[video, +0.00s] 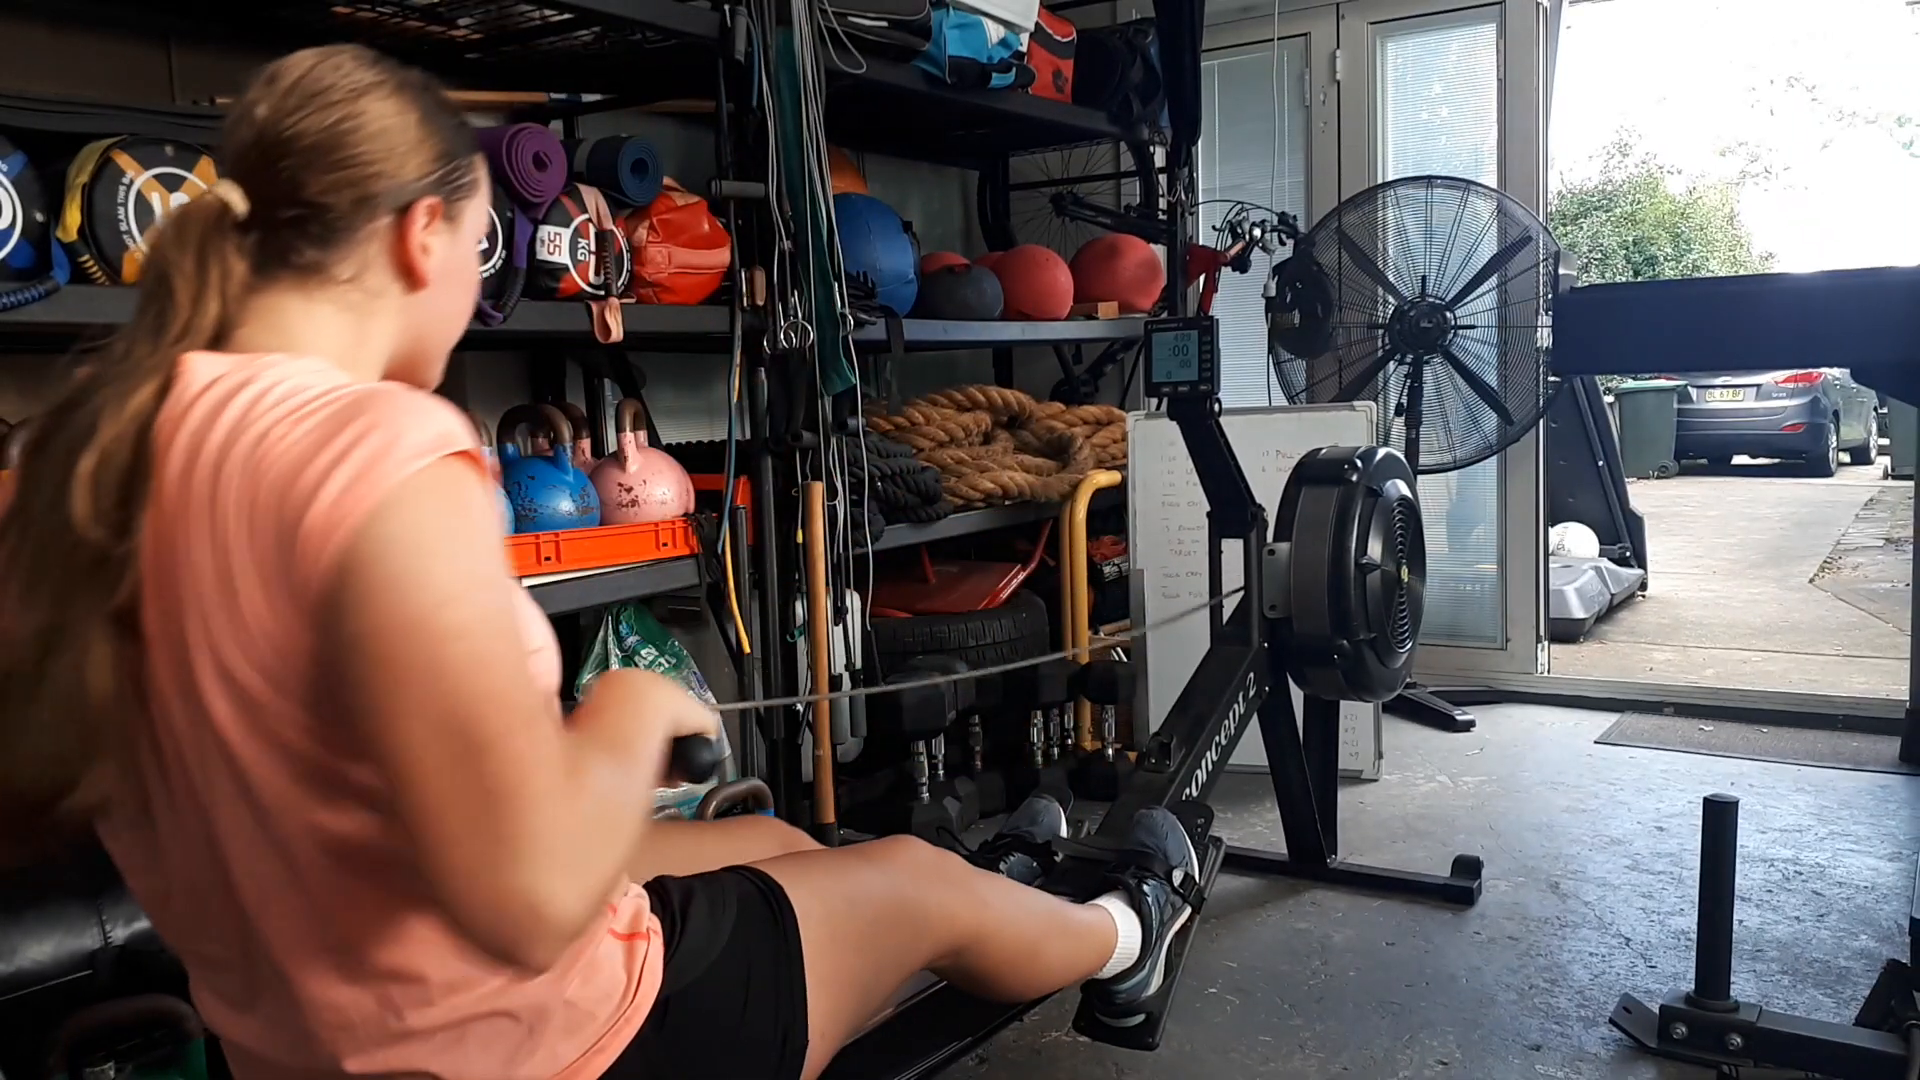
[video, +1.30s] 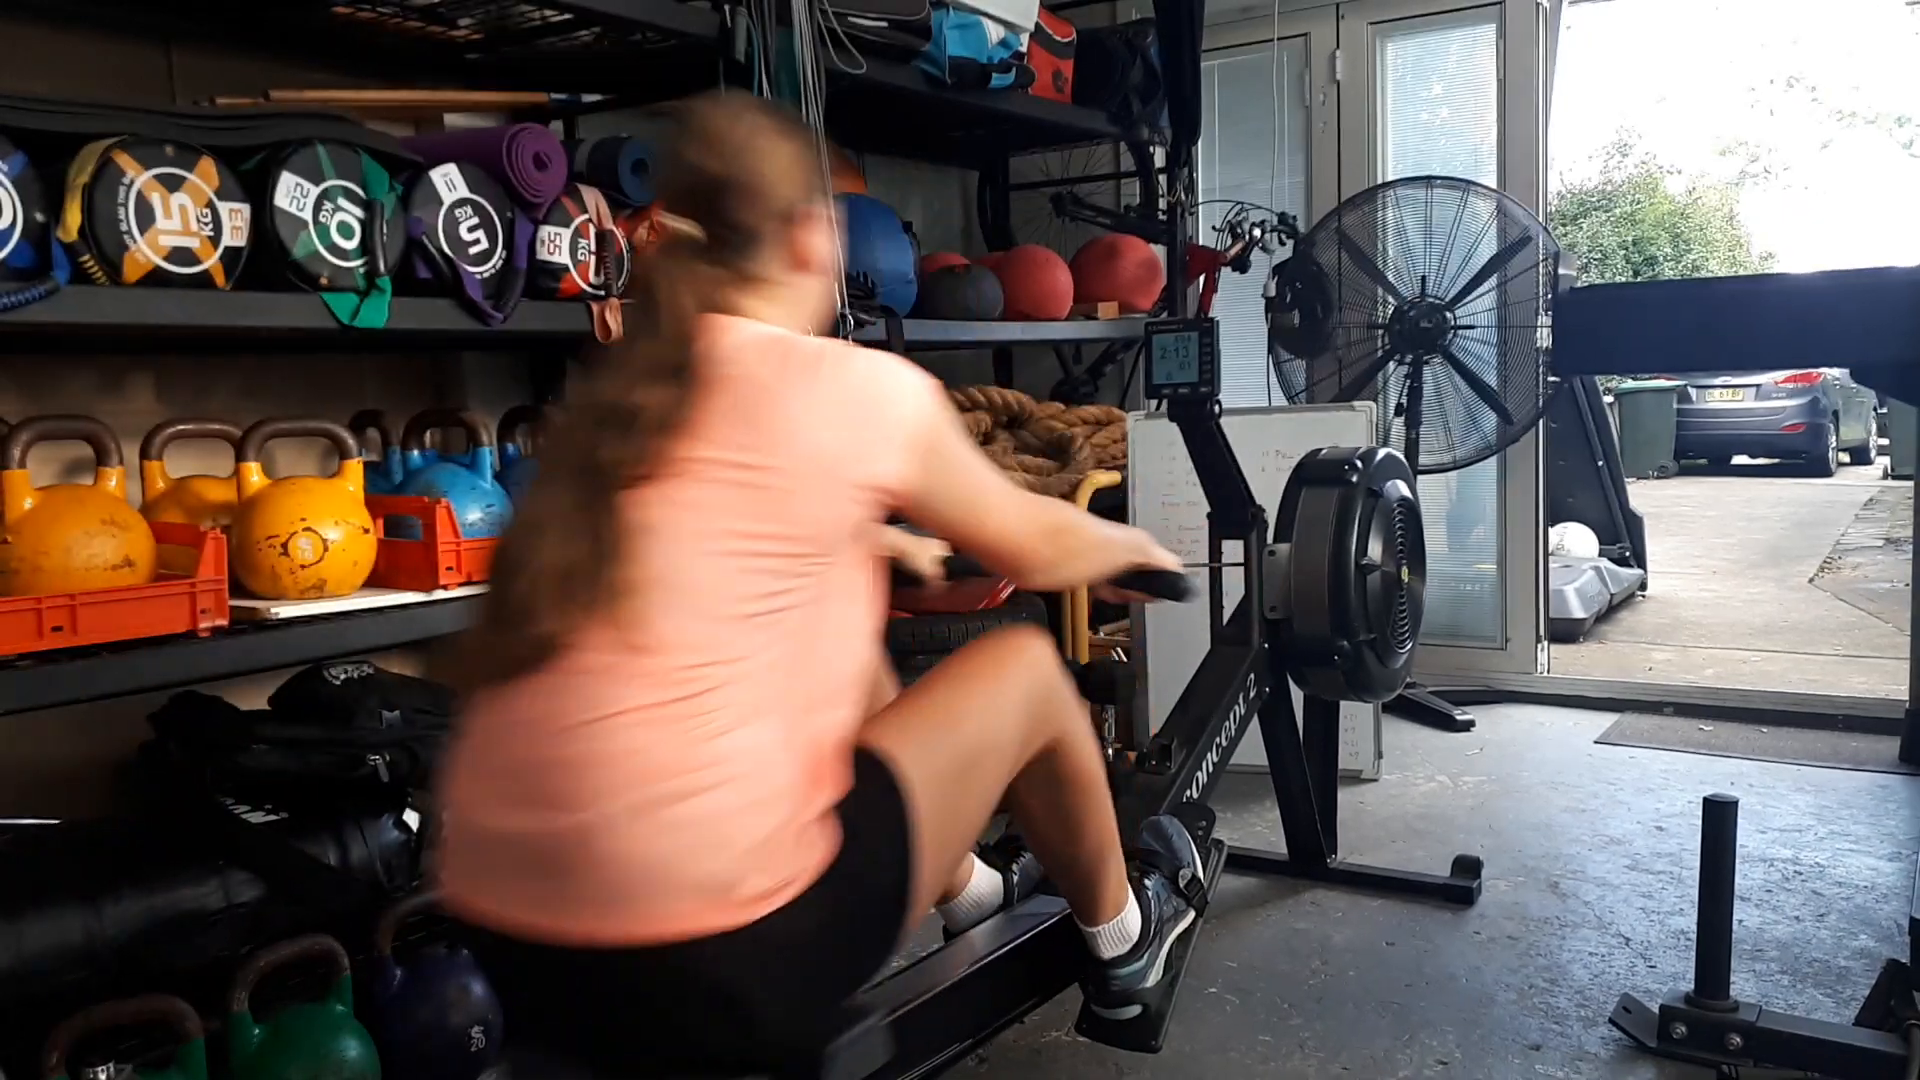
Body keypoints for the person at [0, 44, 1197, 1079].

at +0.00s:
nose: (481, 289)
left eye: (486, 251)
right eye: (483, 247)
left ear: (248, 233)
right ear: (418, 239)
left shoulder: (101, 433)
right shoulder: (387, 464)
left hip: (286, 1034)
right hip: (517, 1044)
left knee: (760, 841)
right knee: (918, 880)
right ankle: (1114, 945)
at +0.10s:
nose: (521, 268)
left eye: (523, 228)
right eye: (520, 226)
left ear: (286, 218)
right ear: (461, 223)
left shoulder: (153, 424)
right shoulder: (449, 439)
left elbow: (102, 771)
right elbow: (681, 847)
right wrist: (729, 705)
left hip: (286, 1038)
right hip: (539, 1040)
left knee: (754, 815)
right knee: (925, 870)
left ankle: (887, 992)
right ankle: (1115, 948)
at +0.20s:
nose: (604, 245)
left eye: (603, 212)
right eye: (597, 210)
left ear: (388, 213)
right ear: (542, 211)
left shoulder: (292, 406)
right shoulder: (561, 416)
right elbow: (847, 748)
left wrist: (821, 774)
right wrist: (869, 660)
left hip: (320, 1030)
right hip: (562, 1035)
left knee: (814, 784)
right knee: (931, 832)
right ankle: (1115, 948)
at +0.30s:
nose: (689, 248)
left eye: (687, 217)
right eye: (684, 216)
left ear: (488, 214)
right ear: (636, 219)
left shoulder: (378, 394)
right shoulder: (675, 408)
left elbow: (492, 676)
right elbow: (951, 690)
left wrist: (720, 633)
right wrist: (982, 633)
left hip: (355, 1011)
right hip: (596, 1026)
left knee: (792, 755)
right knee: (949, 783)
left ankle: (907, 928)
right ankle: (1122, 955)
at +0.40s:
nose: (769, 256)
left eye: (768, 232)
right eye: (768, 230)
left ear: (584, 235)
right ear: (735, 239)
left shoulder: (490, 396)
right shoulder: (775, 413)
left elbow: (573, 604)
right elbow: (1029, 628)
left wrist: (787, 617)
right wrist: (1060, 610)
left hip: (416, 1015)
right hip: (659, 1025)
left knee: (794, 711)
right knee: (974, 730)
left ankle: (916, 901)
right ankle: (1122, 959)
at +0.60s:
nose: (903, 282)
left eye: (898, 259)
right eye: (901, 262)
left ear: (745, 272)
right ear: (881, 276)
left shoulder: (663, 415)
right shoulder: (912, 418)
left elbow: (757, 571)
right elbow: (1094, 563)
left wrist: (955, 599)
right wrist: (1180, 595)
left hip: (565, 955)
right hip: (796, 969)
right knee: (1015, 629)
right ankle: (1118, 960)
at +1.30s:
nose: (843, 248)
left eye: (838, 223)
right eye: (836, 222)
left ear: (677, 232)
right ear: (807, 235)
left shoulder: (612, 386)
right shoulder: (868, 393)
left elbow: (717, 523)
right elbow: (1032, 542)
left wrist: (897, 554)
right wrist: (1128, 544)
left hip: (512, 954)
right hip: (721, 966)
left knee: (839, 638)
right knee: (1026, 664)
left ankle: (956, 891)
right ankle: (1122, 944)